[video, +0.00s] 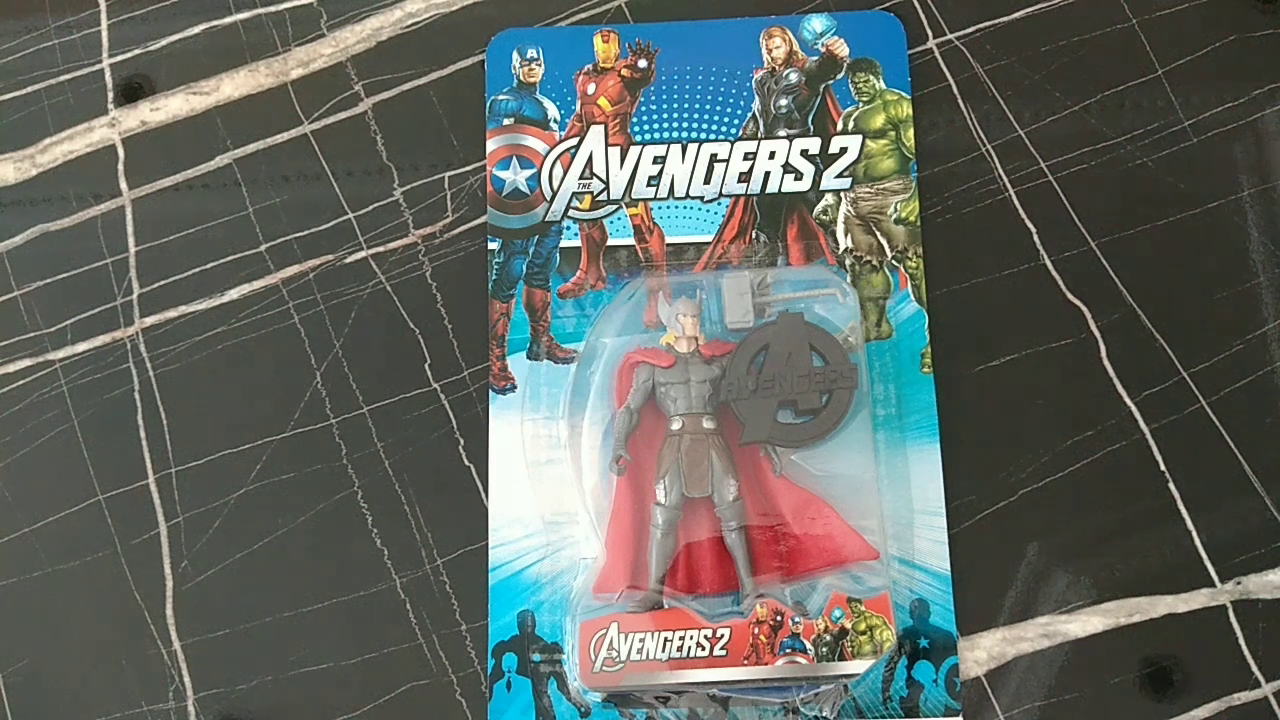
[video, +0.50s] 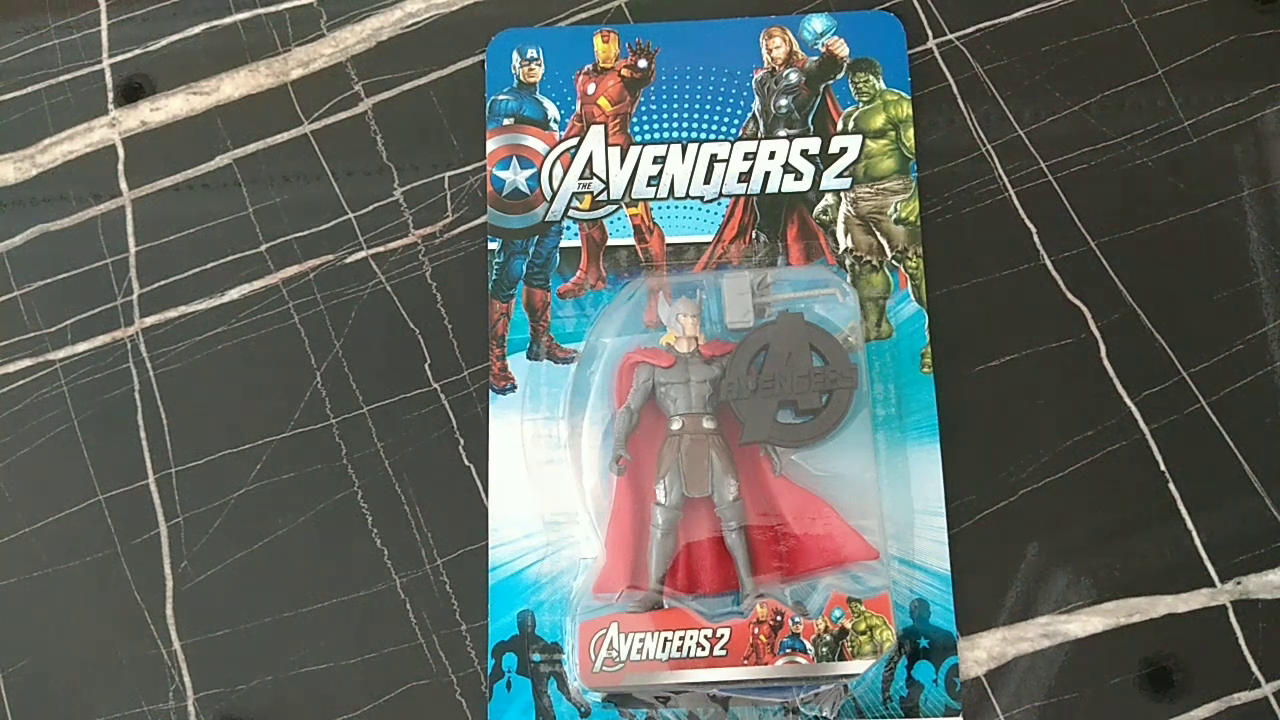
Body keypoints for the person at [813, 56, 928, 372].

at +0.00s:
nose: (860, 87)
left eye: (865, 81)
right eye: (855, 82)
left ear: (878, 80)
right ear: (849, 86)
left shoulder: (898, 105)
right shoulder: (847, 118)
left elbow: (922, 152)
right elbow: (840, 162)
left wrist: (920, 194)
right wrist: (831, 196)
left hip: (895, 194)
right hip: (856, 199)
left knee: (915, 264)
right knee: (863, 265)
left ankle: (937, 331)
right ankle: (875, 325)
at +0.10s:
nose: (860, 87)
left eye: (865, 81)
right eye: (855, 82)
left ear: (878, 80)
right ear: (849, 86)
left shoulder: (898, 105)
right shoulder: (847, 118)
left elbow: (922, 151)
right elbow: (840, 162)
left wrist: (920, 194)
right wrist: (831, 196)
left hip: (895, 194)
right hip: (856, 199)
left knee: (915, 265)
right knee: (863, 266)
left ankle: (936, 333)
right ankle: (875, 326)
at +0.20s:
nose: (860, 87)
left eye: (865, 81)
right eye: (855, 82)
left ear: (878, 80)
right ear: (849, 86)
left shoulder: (898, 105)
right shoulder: (847, 118)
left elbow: (922, 152)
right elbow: (840, 162)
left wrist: (920, 194)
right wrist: (831, 196)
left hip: (895, 194)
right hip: (856, 199)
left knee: (915, 263)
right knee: (863, 265)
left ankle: (937, 331)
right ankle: (875, 325)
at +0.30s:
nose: (860, 87)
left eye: (865, 81)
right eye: (855, 82)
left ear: (878, 80)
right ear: (849, 86)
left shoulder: (898, 105)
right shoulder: (847, 118)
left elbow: (922, 152)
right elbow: (840, 162)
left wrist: (920, 194)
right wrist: (831, 196)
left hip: (895, 194)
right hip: (856, 199)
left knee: (915, 263)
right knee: (863, 264)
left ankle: (937, 331)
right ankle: (875, 325)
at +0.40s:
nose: (860, 87)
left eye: (865, 81)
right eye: (855, 82)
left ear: (878, 80)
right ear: (849, 86)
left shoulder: (898, 105)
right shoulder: (847, 118)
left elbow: (922, 152)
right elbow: (840, 162)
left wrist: (920, 194)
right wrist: (831, 196)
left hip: (895, 194)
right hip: (856, 199)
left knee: (915, 263)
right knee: (863, 264)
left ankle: (937, 331)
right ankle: (875, 324)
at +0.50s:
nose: (860, 87)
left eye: (865, 81)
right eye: (855, 82)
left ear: (878, 80)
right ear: (849, 86)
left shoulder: (898, 105)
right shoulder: (847, 118)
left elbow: (922, 152)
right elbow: (840, 162)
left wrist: (920, 194)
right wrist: (831, 196)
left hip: (895, 194)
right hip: (856, 199)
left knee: (915, 263)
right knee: (863, 264)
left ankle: (937, 331)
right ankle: (875, 324)